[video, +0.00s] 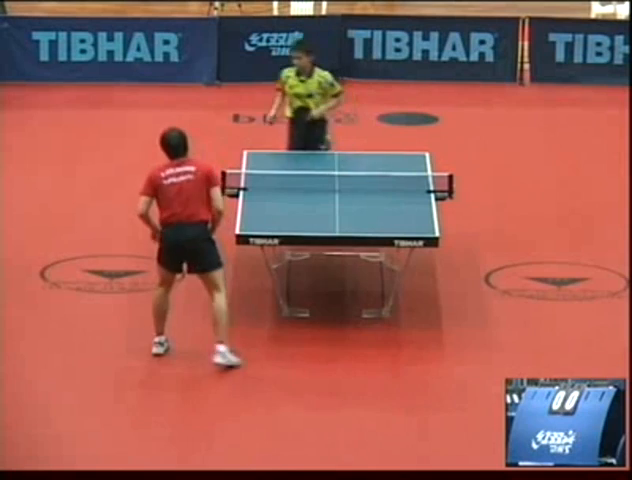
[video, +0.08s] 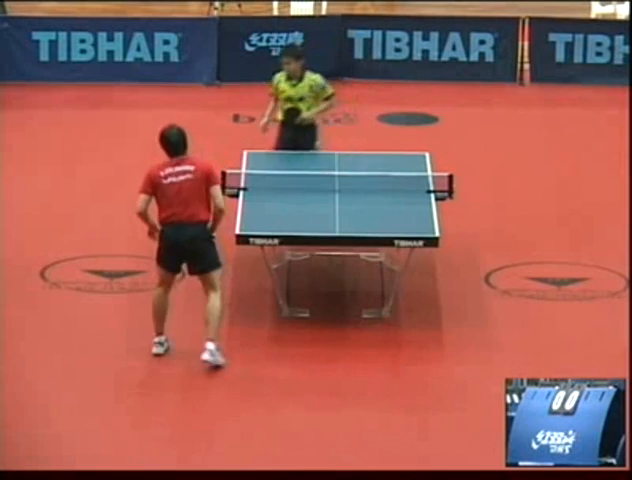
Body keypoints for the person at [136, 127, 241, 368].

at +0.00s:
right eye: (183, 143)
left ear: (164, 151)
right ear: (187, 146)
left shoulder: (156, 175)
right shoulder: (206, 170)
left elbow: (142, 210)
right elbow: (219, 207)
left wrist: (155, 229)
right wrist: (212, 228)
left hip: (171, 230)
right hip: (198, 229)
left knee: (164, 286)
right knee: (217, 290)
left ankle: (159, 339)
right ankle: (221, 346)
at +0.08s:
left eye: (167, 145)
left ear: (165, 148)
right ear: (186, 143)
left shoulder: (156, 173)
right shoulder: (205, 168)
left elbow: (141, 209)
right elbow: (220, 206)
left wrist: (152, 226)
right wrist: (211, 228)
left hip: (170, 230)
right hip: (198, 229)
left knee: (163, 286)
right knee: (212, 289)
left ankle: (159, 339)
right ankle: (211, 345)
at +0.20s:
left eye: (171, 143)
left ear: (167, 146)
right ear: (189, 142)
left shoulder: (158, 173)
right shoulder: (207, 169)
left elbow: (143, 208)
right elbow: (223, 206)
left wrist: (153, 224)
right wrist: (214, 227)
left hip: (171, 233)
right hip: (199, 232)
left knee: (164, 286)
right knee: (207, 291)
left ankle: (159, 338)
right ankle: (203, 347)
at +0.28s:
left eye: (175, 143)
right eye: (188, 141)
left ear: (171, 147)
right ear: (194, 144)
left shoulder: (161, 174)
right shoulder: (210, 172)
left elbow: (147, 210)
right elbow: (228, 209)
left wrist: (156, 225)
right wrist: (216, 227)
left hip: (173, 235)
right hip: (201, 235)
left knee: (165, 288)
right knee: (204, 292)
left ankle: (159, 338)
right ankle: (201, 350)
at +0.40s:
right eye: (197, 143)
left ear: (178, 148)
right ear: (200, 146)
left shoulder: (166, 175)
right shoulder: (215, 175)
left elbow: (156, 210)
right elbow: (231, 211)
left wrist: (162, 227)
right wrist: (224, 237)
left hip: (175, 236)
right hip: (204, 237)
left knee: (166, 292)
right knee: (205, 295)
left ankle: (160, 340)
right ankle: (201, 354)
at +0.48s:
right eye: (202, 143)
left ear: (181, 147)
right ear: (204, 146)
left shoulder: (169, 174)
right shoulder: (218, 177)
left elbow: (160, 210)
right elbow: (228, 213)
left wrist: (167, 228)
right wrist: (234, 238)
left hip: (176, 237)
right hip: (205, 239)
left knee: (167, 292)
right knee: (205, 296)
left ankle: (159, 340)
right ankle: (201, 355)